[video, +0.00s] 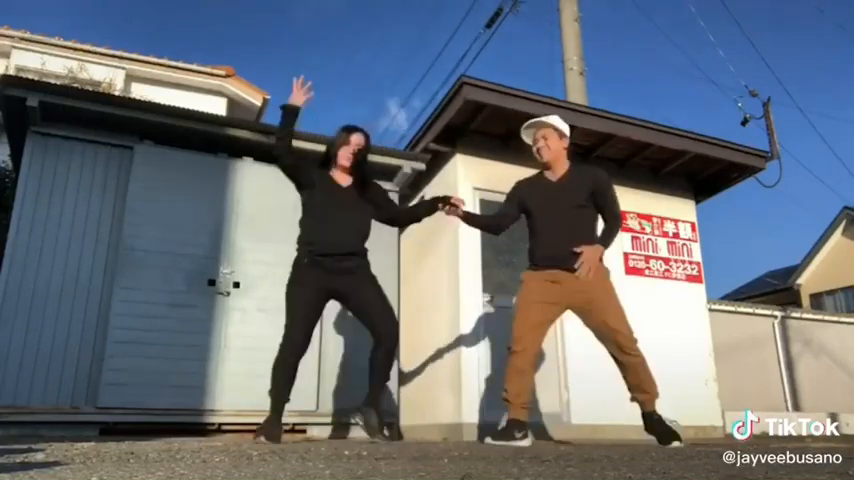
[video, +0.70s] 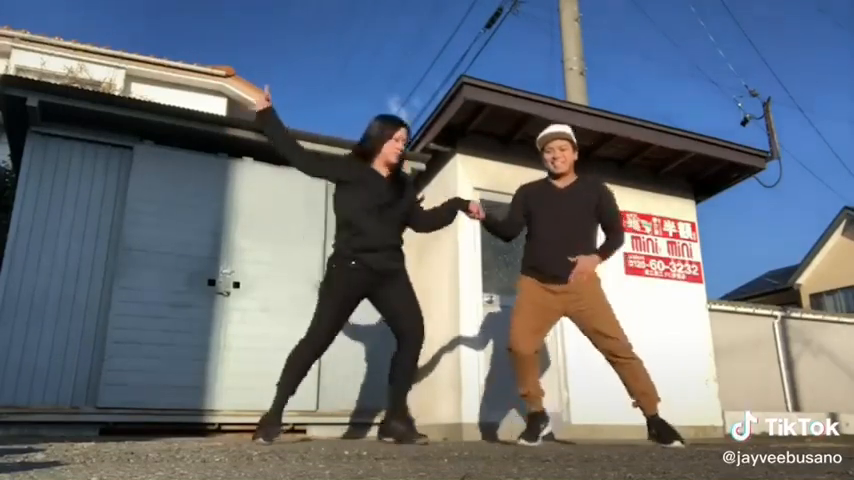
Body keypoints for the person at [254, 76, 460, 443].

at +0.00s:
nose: (352, 153)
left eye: (358, 150)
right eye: (348, 146)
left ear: (363, 156)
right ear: (335, 147)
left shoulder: (368, 190)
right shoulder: (311, 177)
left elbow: (399, 217)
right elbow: (281, 153)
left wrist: (436, 203)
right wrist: (292, 108)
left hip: (354, 273)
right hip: (311, 271)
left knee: (387, 332)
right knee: (294, 342)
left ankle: (372, 408)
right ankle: (275, 418)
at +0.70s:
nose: (403, 148)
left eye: (405, 143)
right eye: (398, 141)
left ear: (401, 147)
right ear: (379, 140)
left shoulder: (402, 185)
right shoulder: (349, 170)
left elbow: (423, 222)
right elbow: (300, 157)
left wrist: (456, 204)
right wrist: (267, 114)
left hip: (390, 274)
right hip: (349, 270)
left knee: (412, 334)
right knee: (318, 339)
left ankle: (396, 417)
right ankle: (275, 411)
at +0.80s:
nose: (430, 151)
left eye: (433, 146)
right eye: (426, 144)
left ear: (432, 150)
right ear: (407, 143)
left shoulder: (429, 189)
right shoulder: (378, 174)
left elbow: (436, 231)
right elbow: (330, 188)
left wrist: (461, 209)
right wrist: (288, 162)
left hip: (421, 276)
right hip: (384, 271)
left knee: (430, 342)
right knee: (374, 343)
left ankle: (395, 423)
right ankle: (309, 397)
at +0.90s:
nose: (457, 153)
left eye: (460, 149)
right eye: (452, 146)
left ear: (459, 155)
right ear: (434, 147)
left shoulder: (463, 195)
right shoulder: (410, 179)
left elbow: (481, 239)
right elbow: (373, 212)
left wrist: (495, 199)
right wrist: (330, 210)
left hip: (445, 276)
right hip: (411, 269)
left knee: (442, 349)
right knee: (455, 322)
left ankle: (400, 419)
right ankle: (402, 403)